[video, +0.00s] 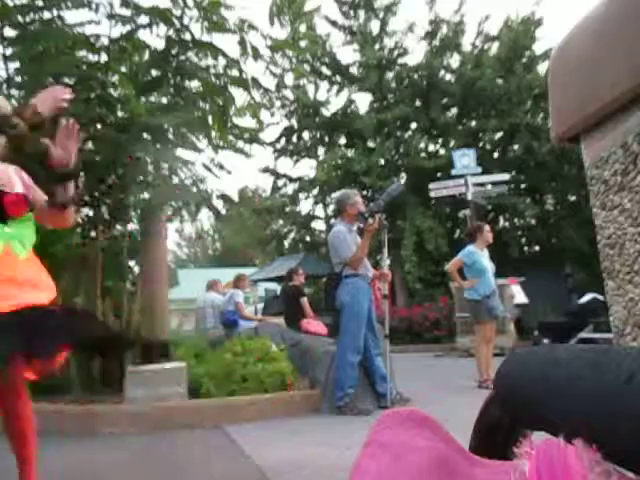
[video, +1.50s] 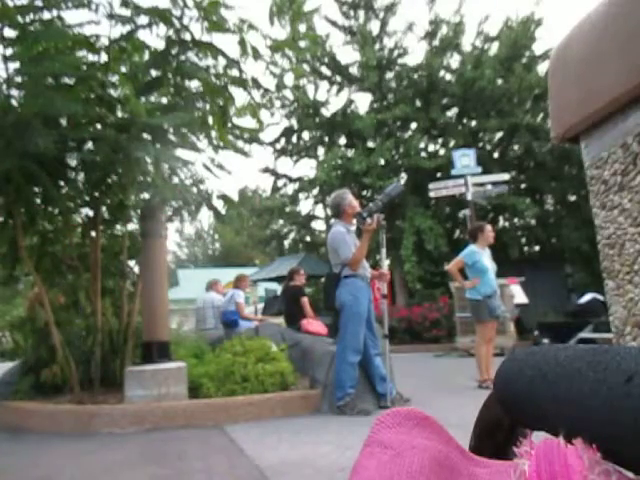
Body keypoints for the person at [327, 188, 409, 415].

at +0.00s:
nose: (363, 207)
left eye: (362, 203)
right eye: (359, 203)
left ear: (352, 208)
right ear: (347, 208)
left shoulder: (353, 231)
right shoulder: (339, 233)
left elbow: (360, 263)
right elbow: (354, 261)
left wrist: (375, 273)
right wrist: (368, 235)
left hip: (364, 283)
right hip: (353, 284)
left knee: (371, 343)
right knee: (351, 344)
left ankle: (386, 393)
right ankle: (344, 398)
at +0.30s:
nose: (363, 208)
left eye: (362, 204)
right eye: (359, 204)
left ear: (351, 207)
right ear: (347, 207)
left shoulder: (353, 231)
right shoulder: (339, 232)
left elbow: (360, 264)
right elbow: (354, 262)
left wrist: (376, 273)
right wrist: (368, 236)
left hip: (364, 285)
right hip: (352, 285)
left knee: (371, 344)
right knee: (351, 345)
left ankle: (386, 393)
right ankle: (344, 398)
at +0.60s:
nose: (363, 207)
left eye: (362, 203)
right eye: (358, 203)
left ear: (352, 207)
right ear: (347, 207)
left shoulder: (353, 231)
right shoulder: (339, 232)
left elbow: (359, 265)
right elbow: (354, 261)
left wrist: (376, 273)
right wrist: (368, 236)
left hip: (364, 285)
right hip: (352, 285)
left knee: (370, 344)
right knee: (351, 345)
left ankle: (387, 394)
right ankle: (344, 399)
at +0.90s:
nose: (361, 205)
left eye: (359, 201)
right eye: (356, 201)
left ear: (349, 208)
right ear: (347, 207)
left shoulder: (351, 232)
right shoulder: (339, 233)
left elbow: (358, 264)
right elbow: (354, 261)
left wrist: (375, 273)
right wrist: (368, 235)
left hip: (364, 285)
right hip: (352, 284)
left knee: (370, 344)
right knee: (351, 345)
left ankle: (387, 394)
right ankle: (344, 399)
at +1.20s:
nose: (359, 204)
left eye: (356, 200)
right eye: (354, 201)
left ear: (347, 208)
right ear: (346, 207)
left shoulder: (349, 232)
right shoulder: (338, 232)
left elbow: (356, 264)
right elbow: (354, 261)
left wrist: (374, 273)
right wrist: (367, 234)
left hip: (363, 284)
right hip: (352, 285)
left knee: (371, 344)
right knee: (351, 345)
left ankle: (387, 393)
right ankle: (344, 398)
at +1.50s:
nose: (358, 204)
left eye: (356, 200)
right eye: (354, 201)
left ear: (346, 208)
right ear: (345, 207)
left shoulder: (349, 232)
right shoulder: (338, 232)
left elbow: (355, 265)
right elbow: (353, 261)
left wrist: (373, 273)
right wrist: (367, 234)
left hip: (362, 284)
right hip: (351, 284)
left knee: (371, 344)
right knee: (351, 344)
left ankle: (387, 393)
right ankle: (344, 398)